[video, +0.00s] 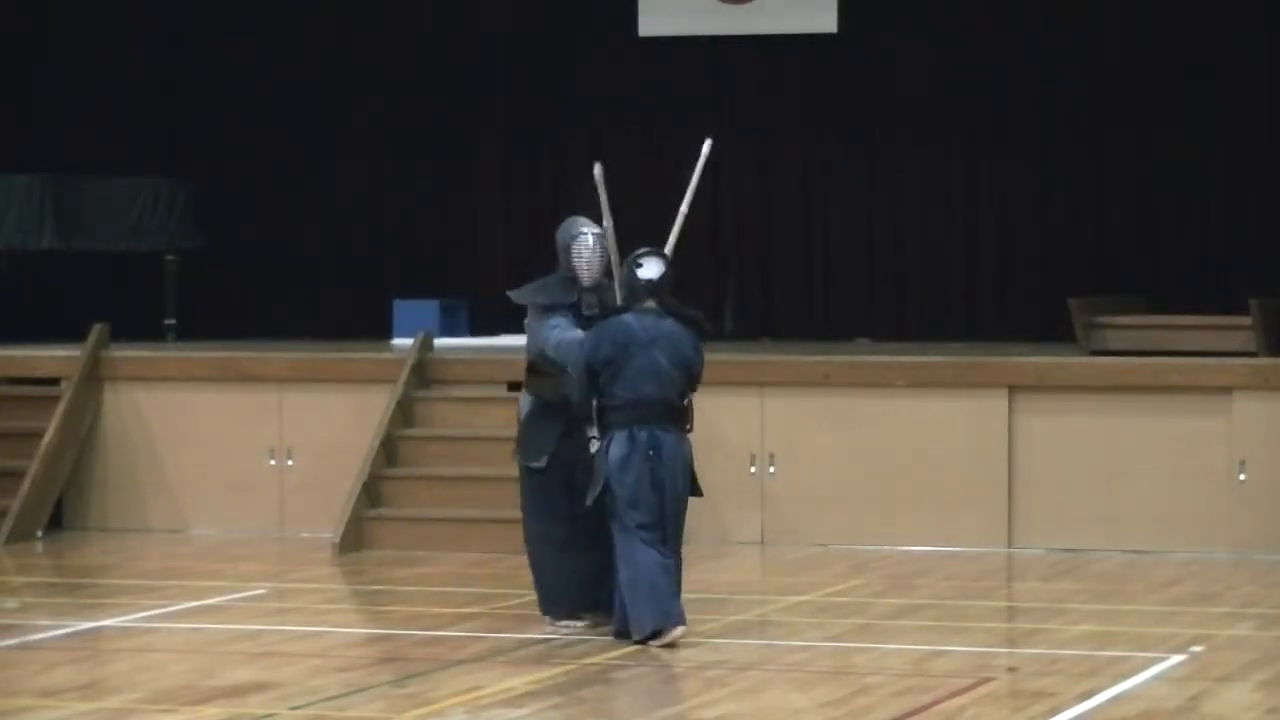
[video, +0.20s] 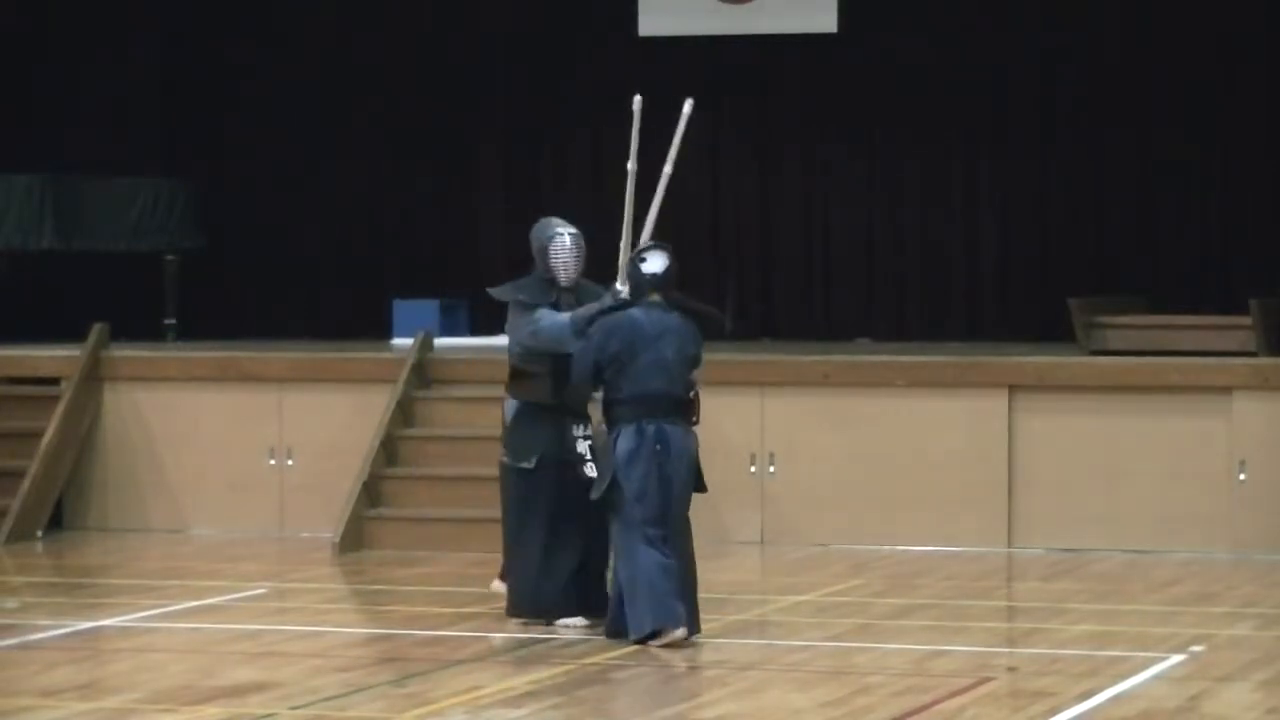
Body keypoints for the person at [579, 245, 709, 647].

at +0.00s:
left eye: (626, 281)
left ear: (626, 285)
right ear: (663, 288)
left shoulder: (607, 332)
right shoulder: (684, 334)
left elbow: (583, 387)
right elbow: (691, 380)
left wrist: (591, 417)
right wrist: (658, 398)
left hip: (625, 435)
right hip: (671, 435)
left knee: (634, 525)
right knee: (665, 527)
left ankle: (663, 617)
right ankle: (637, 617)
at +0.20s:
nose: (624, 282)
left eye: (626, 276)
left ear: (629, 281)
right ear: (667, 283)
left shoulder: (608, 328)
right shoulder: (685, 327)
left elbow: (582, 383)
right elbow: (691, 366)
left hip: (631, 433)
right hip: (678, 432)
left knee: (635, 527)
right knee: (668, 525)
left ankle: (666, 620)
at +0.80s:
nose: (626, 286)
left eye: (628, 280)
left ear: (632, 284)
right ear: (670, 283)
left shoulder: (617, 331)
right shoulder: (690, 327)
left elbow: (595, 397)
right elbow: (691, 370)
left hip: (644, 440)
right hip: (686, 436)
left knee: (649, 532)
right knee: (676, 530)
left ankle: (676, 629)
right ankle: (630, 620)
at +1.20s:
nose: (605, 291)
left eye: (608, 285)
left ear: (614, 288)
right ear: (647, 285)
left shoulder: (609, 332)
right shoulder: (669, 328)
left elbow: (572, 382)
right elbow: (669, 364)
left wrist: (572, 344)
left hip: (632, 437)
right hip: (666, 433)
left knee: (638, 527)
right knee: (628, 527)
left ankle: (672, 625)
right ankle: (612, 618)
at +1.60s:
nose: (564, 282)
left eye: (567, 276)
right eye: (568, 275)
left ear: (574, 279)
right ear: (607, 278)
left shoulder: (568, 322)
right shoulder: (629, 319)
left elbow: (528, 370)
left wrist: (539, 323)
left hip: (601, 426)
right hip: (636, 425)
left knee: (605, 518)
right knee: (631, 515)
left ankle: (658, 605)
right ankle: (606, 621)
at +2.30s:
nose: (601, 287)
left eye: (603, 280)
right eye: (607, 279)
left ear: (609, 283)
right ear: (643, 281)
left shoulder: (610, 328)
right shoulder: (658, 325)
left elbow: (579, 383)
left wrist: (554, 403)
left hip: (621, 437)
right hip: (651, 433)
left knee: (614, 522)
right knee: (637, 521)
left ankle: (670, 608)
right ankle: (603, 618)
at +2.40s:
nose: (602, 284)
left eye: (605, 278)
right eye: (607, 277)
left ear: (610, 281)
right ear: (643, 279)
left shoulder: (610, 326)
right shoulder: (658, 322)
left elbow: (574, 403)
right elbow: (618, 373)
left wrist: (544, 392)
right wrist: (563, 379)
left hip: (623, 434)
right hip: (655, 429)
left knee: (618, 520)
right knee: (646, 519)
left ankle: (665, 605)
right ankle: (619, 618)